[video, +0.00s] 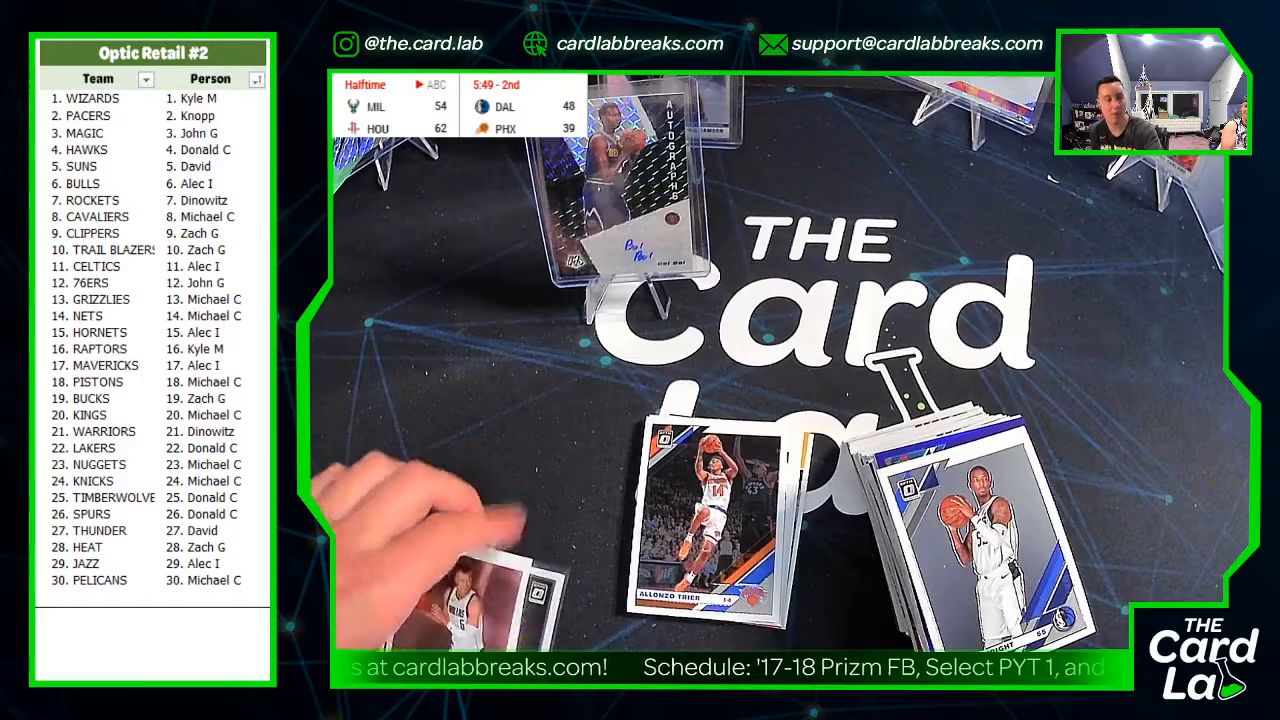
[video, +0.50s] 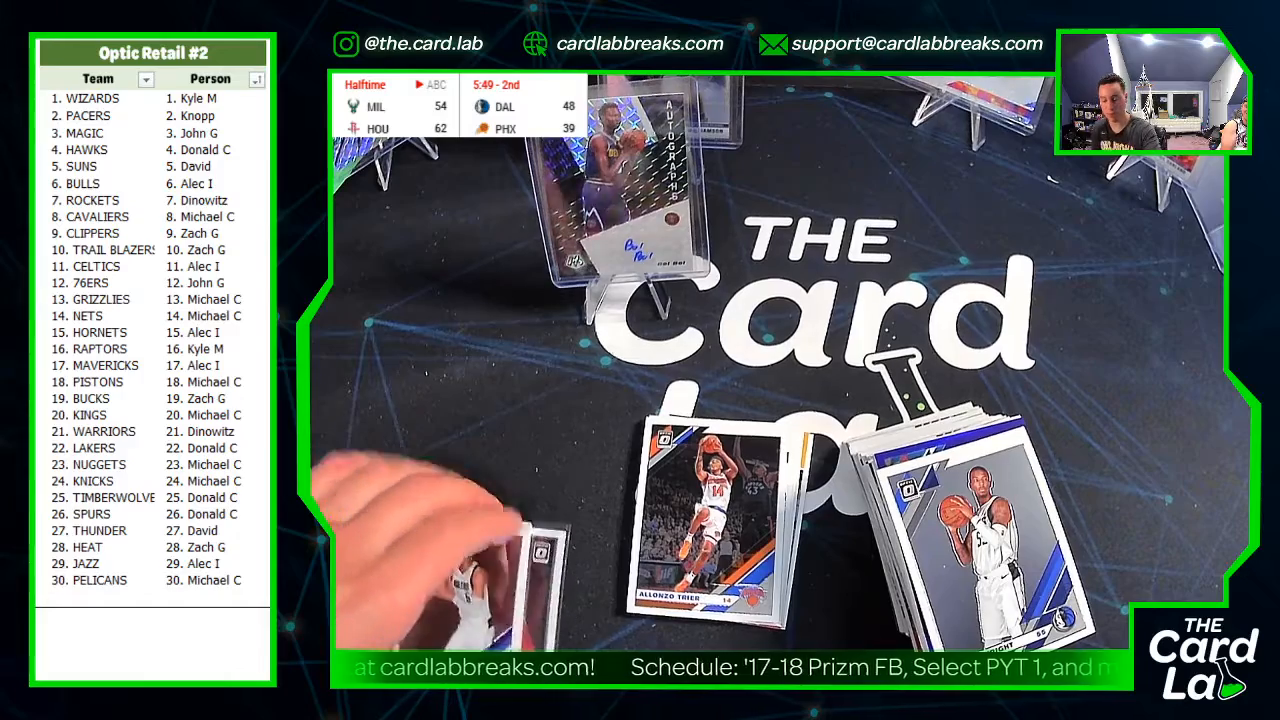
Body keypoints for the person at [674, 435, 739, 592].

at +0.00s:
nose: (714, 463)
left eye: (717, 461)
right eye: (713, 461)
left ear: (721, 465)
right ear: (710, 465)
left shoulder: (727, 476)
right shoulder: (706, 476)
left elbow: (734, 469)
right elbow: (699, 470)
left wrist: (722, 452)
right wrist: (700, 451)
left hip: (721, 513)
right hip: (707, 507)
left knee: (707, 550)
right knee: (704, 511)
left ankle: (688, 579)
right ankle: (688, 540)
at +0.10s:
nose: (714, 463)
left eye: (717, 461)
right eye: (713, 461)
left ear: (721, 465)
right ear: (710, 465)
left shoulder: (727, 475)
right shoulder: (706, 476)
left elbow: (734, 469)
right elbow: (699, 471)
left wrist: (722, 452)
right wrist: (700, 451)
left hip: (721, 513)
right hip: (707, 507)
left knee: (707, 550)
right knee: (704, 511)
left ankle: (688, 579)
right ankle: (688, 540)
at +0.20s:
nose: (714, 463)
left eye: (717, 461)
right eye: (713, 461)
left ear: (721, 465)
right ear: (710, 465)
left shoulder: (727, 475)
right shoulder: (706, 476)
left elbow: (734, 469)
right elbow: (699, 470)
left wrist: (722, 452)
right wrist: (700, 451)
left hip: (721, 513)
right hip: (707, 507)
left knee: (707, 550)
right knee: (704, 511)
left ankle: (688, 579)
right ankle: (688, 540)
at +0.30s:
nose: (715, 463)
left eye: (717, 461)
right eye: (713, 461)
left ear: (721, 465)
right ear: (710, 465)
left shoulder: (727, 476)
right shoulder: (706, 476)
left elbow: (734, 469)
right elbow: (699, 471)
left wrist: (722, 452)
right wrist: (700, 451)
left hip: (721, 513)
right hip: (706, 507)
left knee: (707, 550)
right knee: (704, 511)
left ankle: (688, 579)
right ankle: (688, 540)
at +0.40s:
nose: (714, 463)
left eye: (717, 462)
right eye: (712, 461)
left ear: (721, 465)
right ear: (710, 465)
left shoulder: (727, 476)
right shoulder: (706, 477)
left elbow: (734, 469)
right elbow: (699, 471)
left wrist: (722, 453)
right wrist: (700, 451)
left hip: (721, 513)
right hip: (707, 507)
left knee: (707, 550)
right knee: (704, 511)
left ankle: (688, 578)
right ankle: (688, 540)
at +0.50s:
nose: (714, 464)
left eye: (717, 462)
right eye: (712, 462)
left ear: (721, 465)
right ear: (709, 465)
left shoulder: (727, 476)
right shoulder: (706, 477)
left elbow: (734, 469)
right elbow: (699, 471)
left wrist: (722, 452)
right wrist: (700, 451)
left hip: (720, 513)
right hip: (706, 507)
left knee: (707, 550)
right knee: (704, 511)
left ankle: (688, 578)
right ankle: (688, 540)